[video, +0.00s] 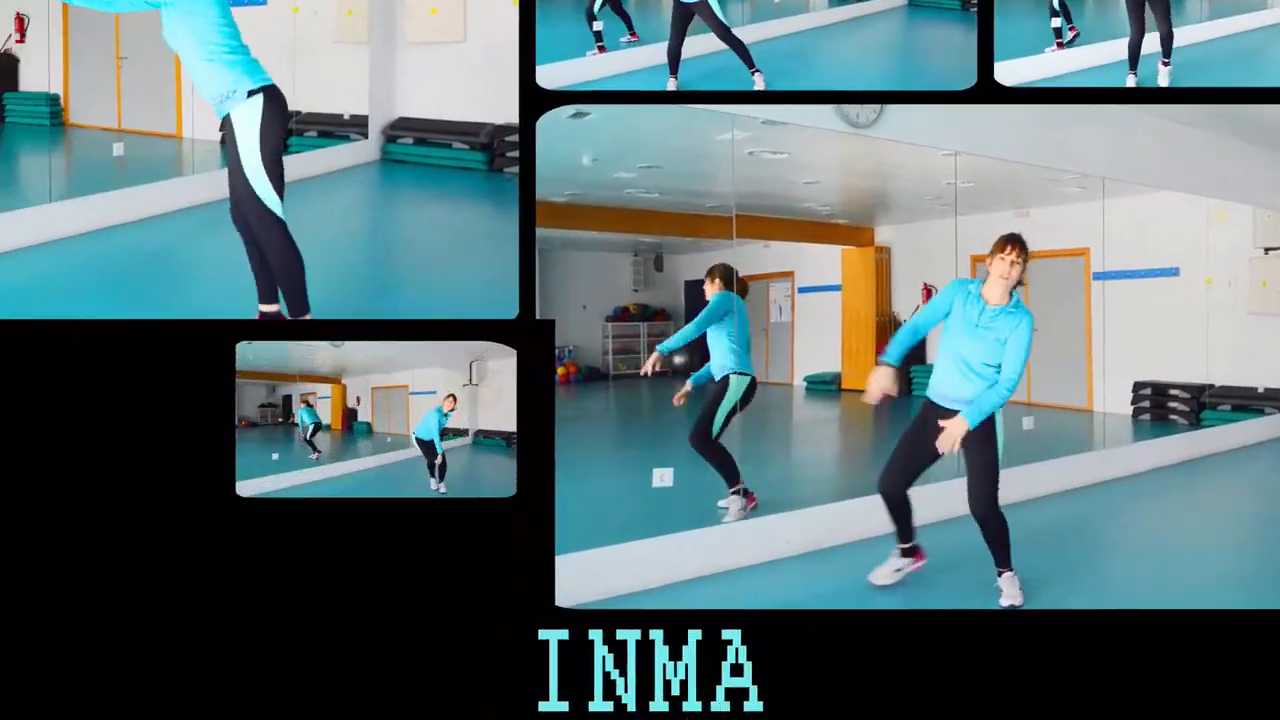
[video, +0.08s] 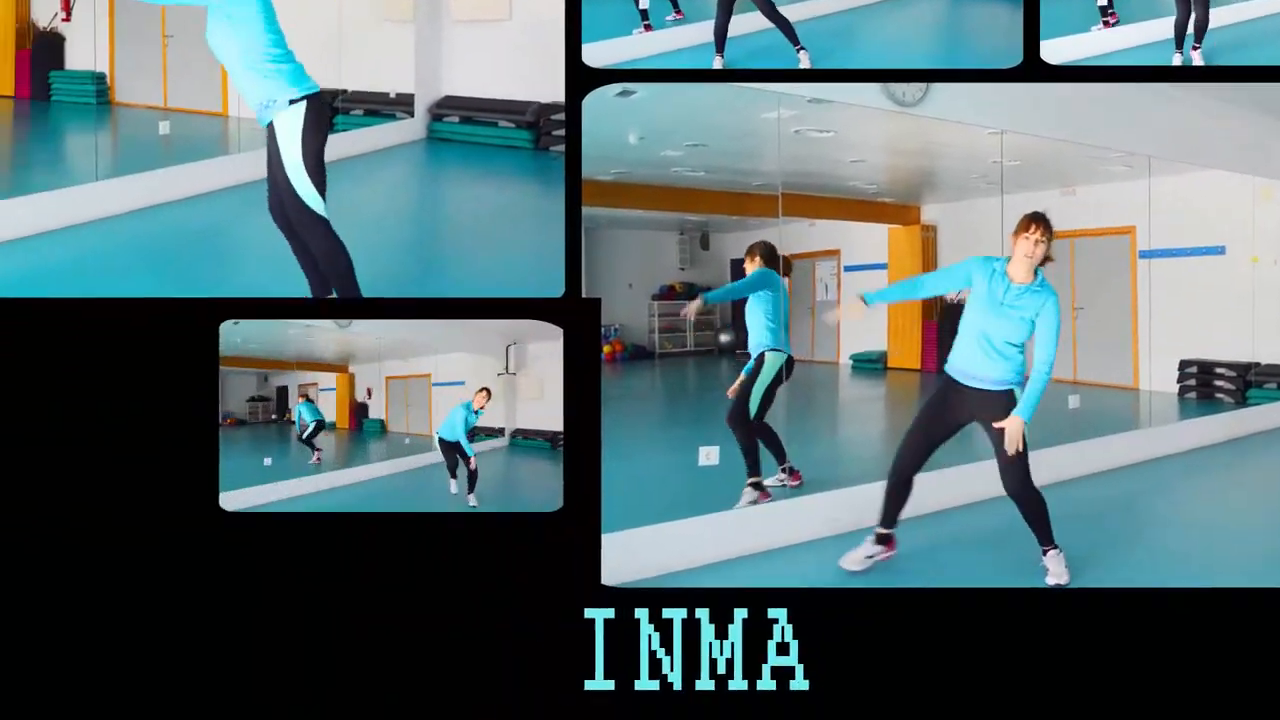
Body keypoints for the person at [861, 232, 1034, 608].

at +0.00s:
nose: (1009, 265)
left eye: (1017, 262)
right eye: (1003, 257)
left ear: (1022, 274)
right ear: (989, 261)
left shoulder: (1020, 320)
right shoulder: (959, 291)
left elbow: (1007, 384)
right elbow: (916, 325)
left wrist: (965, 419)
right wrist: (887, 364)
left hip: (979, 414)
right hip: (936, 406)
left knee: (983, 505)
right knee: (890, 485)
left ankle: (1005, 574)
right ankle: (908, 552)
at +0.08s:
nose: (1032, 244)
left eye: (1041, 240)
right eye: (1027, 236)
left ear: (1046, 251)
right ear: (1014, 240)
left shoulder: (1045, 300)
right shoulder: (980, 268)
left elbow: (1043, 366)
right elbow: (925, 284)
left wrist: (1020, 416)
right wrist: (869, 297)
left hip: (1000, 396)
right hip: (954, 387)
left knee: (1017, 484)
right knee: (904, 463)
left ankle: (1050, 551)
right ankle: (882, 540)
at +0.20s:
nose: (1064, 210)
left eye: (1072, 207)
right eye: (1058, 203)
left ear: (1077, 217)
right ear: (1044, 206)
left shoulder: (1074, 267)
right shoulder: (1012, 226)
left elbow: (1095, 326)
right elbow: (957, 208)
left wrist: (1105, 384)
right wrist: (903, 189)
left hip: (1022, 358)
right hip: (973, 348)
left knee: (1061, 441)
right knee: (937, 434)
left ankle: (1116, 513)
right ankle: (897, 512)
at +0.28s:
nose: (1084, 189)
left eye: (1091, 185)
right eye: (1078, 182)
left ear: (1097, 195)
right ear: (1064, 184)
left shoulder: (1094, 245)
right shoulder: (1033, 201)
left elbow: (1122, 295)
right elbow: (987, 168)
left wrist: (1151, 353)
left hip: (1042, 334)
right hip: (995, 324)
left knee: (1080, 418)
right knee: (973, 411)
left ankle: (1135, 492)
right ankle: (946, 491)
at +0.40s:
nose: (1127, 146)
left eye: (1135, 140)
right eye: (1121, 138)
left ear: (1143, 146)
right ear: (1108, 140)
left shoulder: (1145, 199)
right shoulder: (1084, 156)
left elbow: (1172, 252)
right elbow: (1040, 123)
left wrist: (1194, 305)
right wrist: (1013, 74)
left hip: (1092, 288)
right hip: (1047, 278)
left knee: (1126, 376)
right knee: (1037, 370)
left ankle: (1173, 454)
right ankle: (1023, 454)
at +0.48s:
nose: (1163, 117)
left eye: (1171, 111)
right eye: (1157, 109)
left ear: (1178, 118)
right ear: (1145, 111)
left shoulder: (1182, 168)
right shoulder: (1119, 131)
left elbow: (1207, 223)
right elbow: (1075, 97)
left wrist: (1223, 275)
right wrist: (1060, 49)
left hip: (1136, 259)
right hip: (1091, 251)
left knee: (1167, 349)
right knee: (1086, 346)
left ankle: (1212, 428)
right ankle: (1076, 430)